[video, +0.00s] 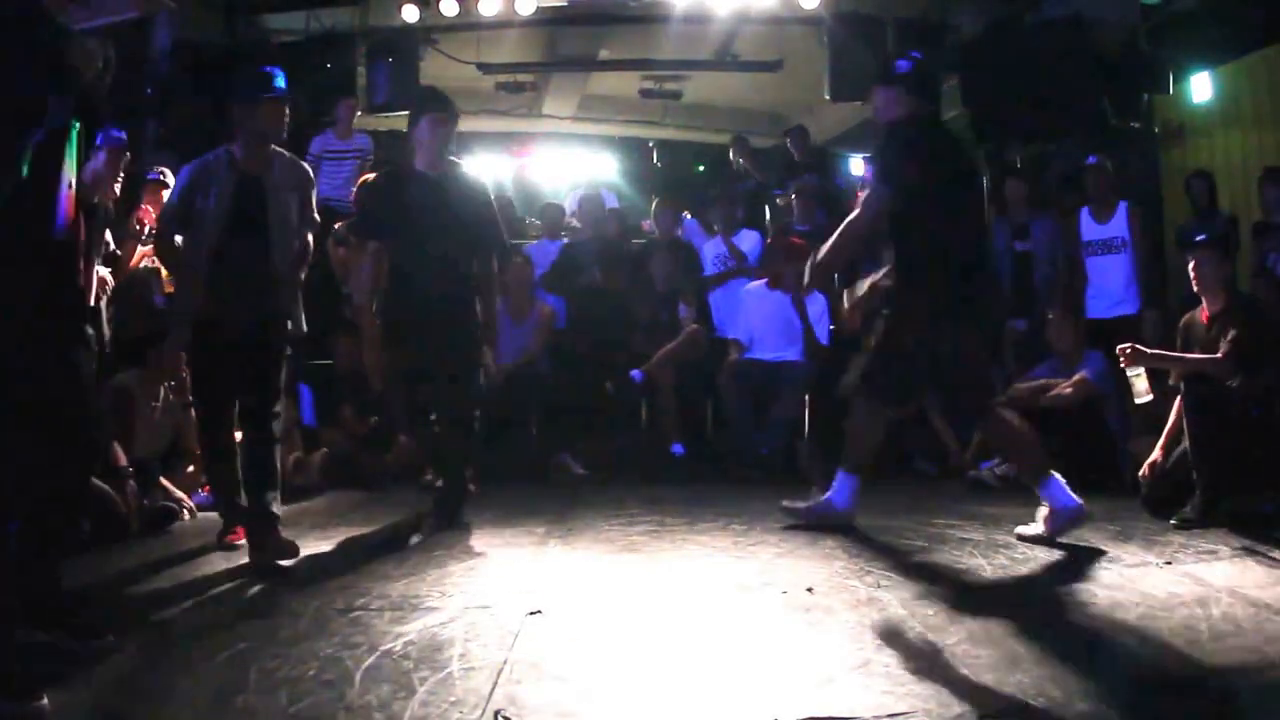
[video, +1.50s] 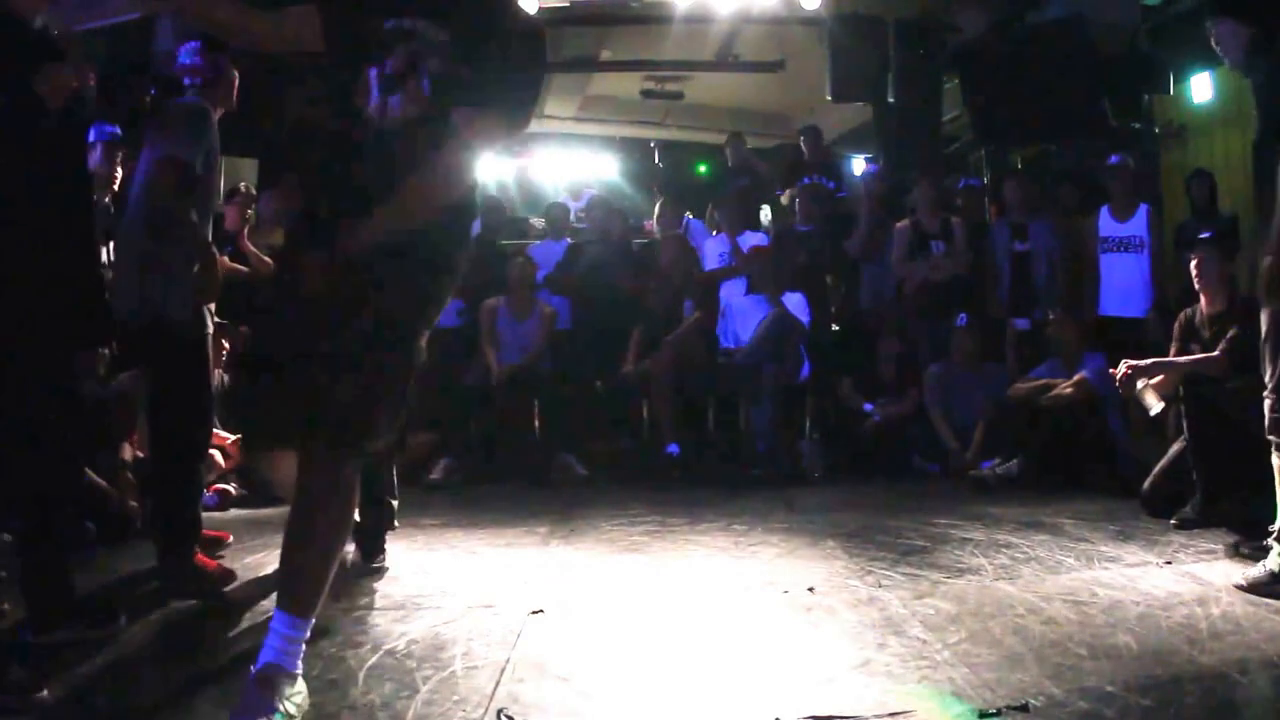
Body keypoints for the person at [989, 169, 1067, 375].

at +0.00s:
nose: (1015, 198)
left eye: (1019, 192)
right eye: (1010, 193)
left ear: (1027, 194)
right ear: (1004, 196)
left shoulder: (1045, 226)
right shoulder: (997, 230)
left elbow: (1056, 264)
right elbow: (993, 268)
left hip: (1040, 295)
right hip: (1009, 296)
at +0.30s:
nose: (1015, 195)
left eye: (1018, 189)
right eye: (1010, 190)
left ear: (1026, 192)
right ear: (1004, 195)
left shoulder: (1046, 227)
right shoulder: (998, 230)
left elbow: (1055, 268)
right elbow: (994, 270)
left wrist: (1054, 304)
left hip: (1041, 303)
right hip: (1009, 304)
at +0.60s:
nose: (1012, 195)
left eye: (1017, 189)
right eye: (1008, 190)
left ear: (1026, 192)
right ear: (1003, 194)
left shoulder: (1042, 225)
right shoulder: (999, 229)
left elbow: (1055, 261)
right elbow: (994, 266)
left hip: (1039, 298)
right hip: (1008, 298)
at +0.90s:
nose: (1013, 196)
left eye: (1017, 190)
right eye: (1009, 191)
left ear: (1026, 193)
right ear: (1002, 195)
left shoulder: (1042, 227)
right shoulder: (998, 230)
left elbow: (1054, 264)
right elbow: (994, 269)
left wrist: (1053, 299)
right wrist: (995, 302)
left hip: (1039, 300)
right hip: (1008, 303)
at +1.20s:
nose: (1014, 197)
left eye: (1018, 190)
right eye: (1009, 191)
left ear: (1027, 194)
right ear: (1003, 196)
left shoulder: (1044, 228)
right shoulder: (998, 230)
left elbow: (1054, 265)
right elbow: (994, 269)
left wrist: (1053, 300)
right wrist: (995, 302)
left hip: (1039, 308)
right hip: (1007, 309)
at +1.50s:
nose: (1015, 197)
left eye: (1018, 190)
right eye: (1010, 191)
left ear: (1029, 193)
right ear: (1003, 196)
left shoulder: (1044, 226)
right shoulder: (998, 229)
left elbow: (1055, 264)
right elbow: (993, 268)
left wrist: (1054, 298)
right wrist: (994, 300)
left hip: (1038, 297)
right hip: (1008, 299)